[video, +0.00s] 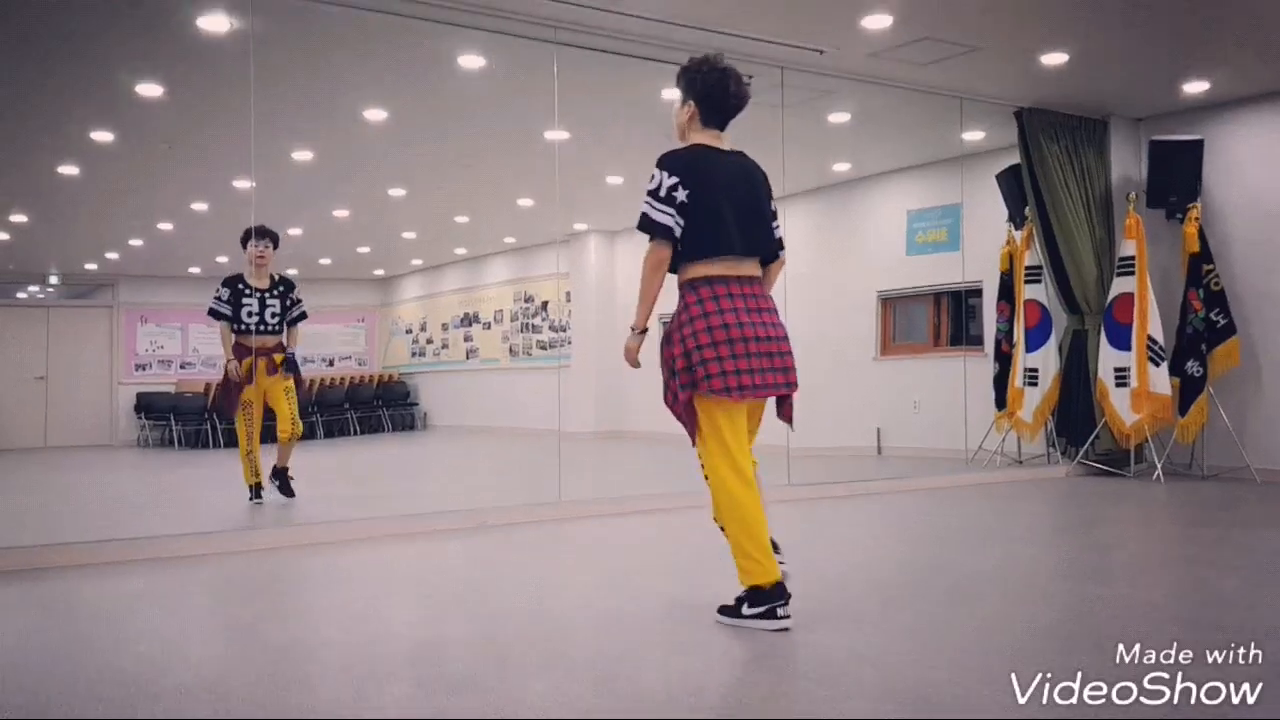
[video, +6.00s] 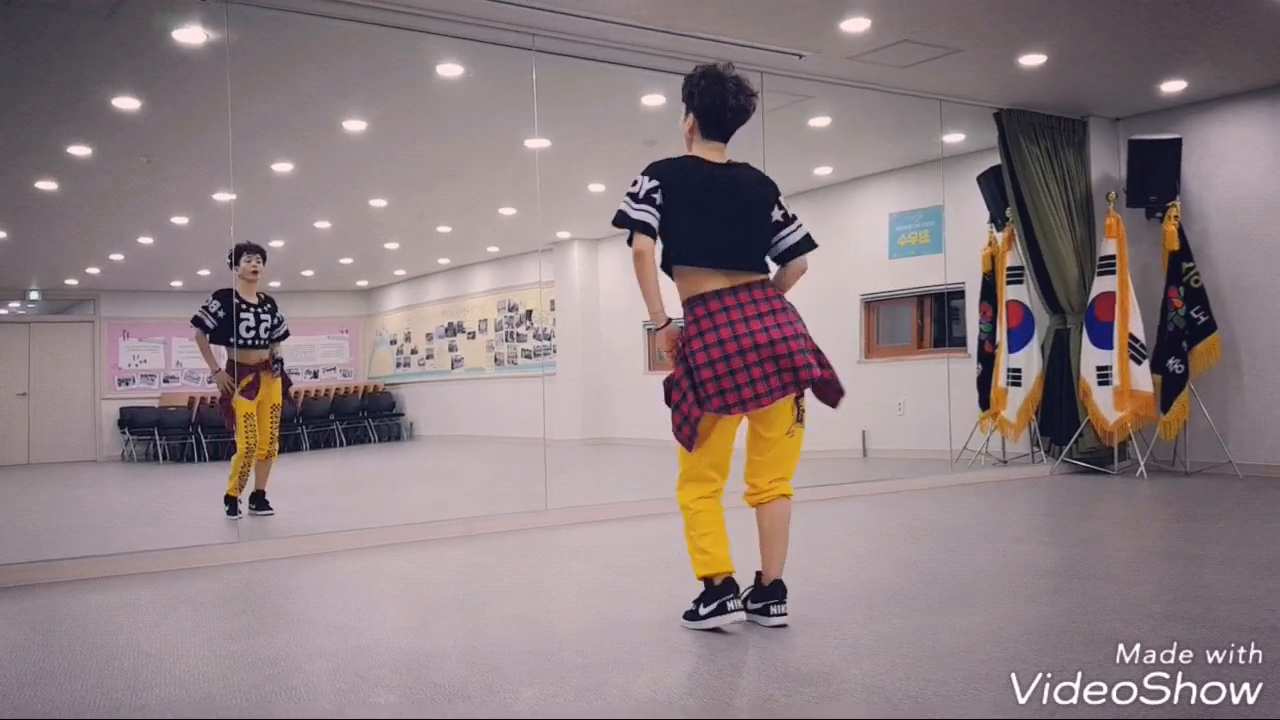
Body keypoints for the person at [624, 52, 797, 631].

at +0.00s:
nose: (675, 114)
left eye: (677, 105)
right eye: (678, 105)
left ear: (687, 109)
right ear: (729, 114)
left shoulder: (676, 165)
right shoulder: (753, 170)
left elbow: (660, 253)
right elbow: (776, 255)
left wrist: (639, 325)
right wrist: (750, 307)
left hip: (705, 316)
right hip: (759, 314)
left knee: (725, 459)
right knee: (730, 450)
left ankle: (764, 590)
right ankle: (757, 543)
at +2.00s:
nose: (682, 142)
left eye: (684, 132)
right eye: (686, 132)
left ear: (695, 138)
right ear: (738, 141)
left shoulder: (693, 198)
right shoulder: (756, 203)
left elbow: (681, 278)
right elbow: (767, 291)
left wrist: (662, 317)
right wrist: (747, 339)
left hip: (708, 339)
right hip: (756, 342)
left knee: (703, 490)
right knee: (742, 491)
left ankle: (730, 617)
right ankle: (763, 607)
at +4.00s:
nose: (676, 128)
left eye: (676, 120)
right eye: (680, 120)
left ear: (683, 124)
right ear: (731, 127)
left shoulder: (655, 182)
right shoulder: (753, 189)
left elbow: (631, 270)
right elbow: (763, 280)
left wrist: (622, 341)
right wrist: (750, 340)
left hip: (671, 334)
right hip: (738, 334)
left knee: (678, 477)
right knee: (742, 461)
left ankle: (704, 603)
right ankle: (744, 586)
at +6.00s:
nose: (680, 120)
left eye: (681, 113)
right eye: (683, 113)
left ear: (688, 119)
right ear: (738, 124)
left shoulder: (660, 177)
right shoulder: (759, 184)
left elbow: (642, 246)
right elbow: (798, 261)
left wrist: (658, 322)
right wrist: (760, 303)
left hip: (708, 334)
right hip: (772, 328)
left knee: (701, 482)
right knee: (772, 479)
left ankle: (718, 588)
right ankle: (771, 591)